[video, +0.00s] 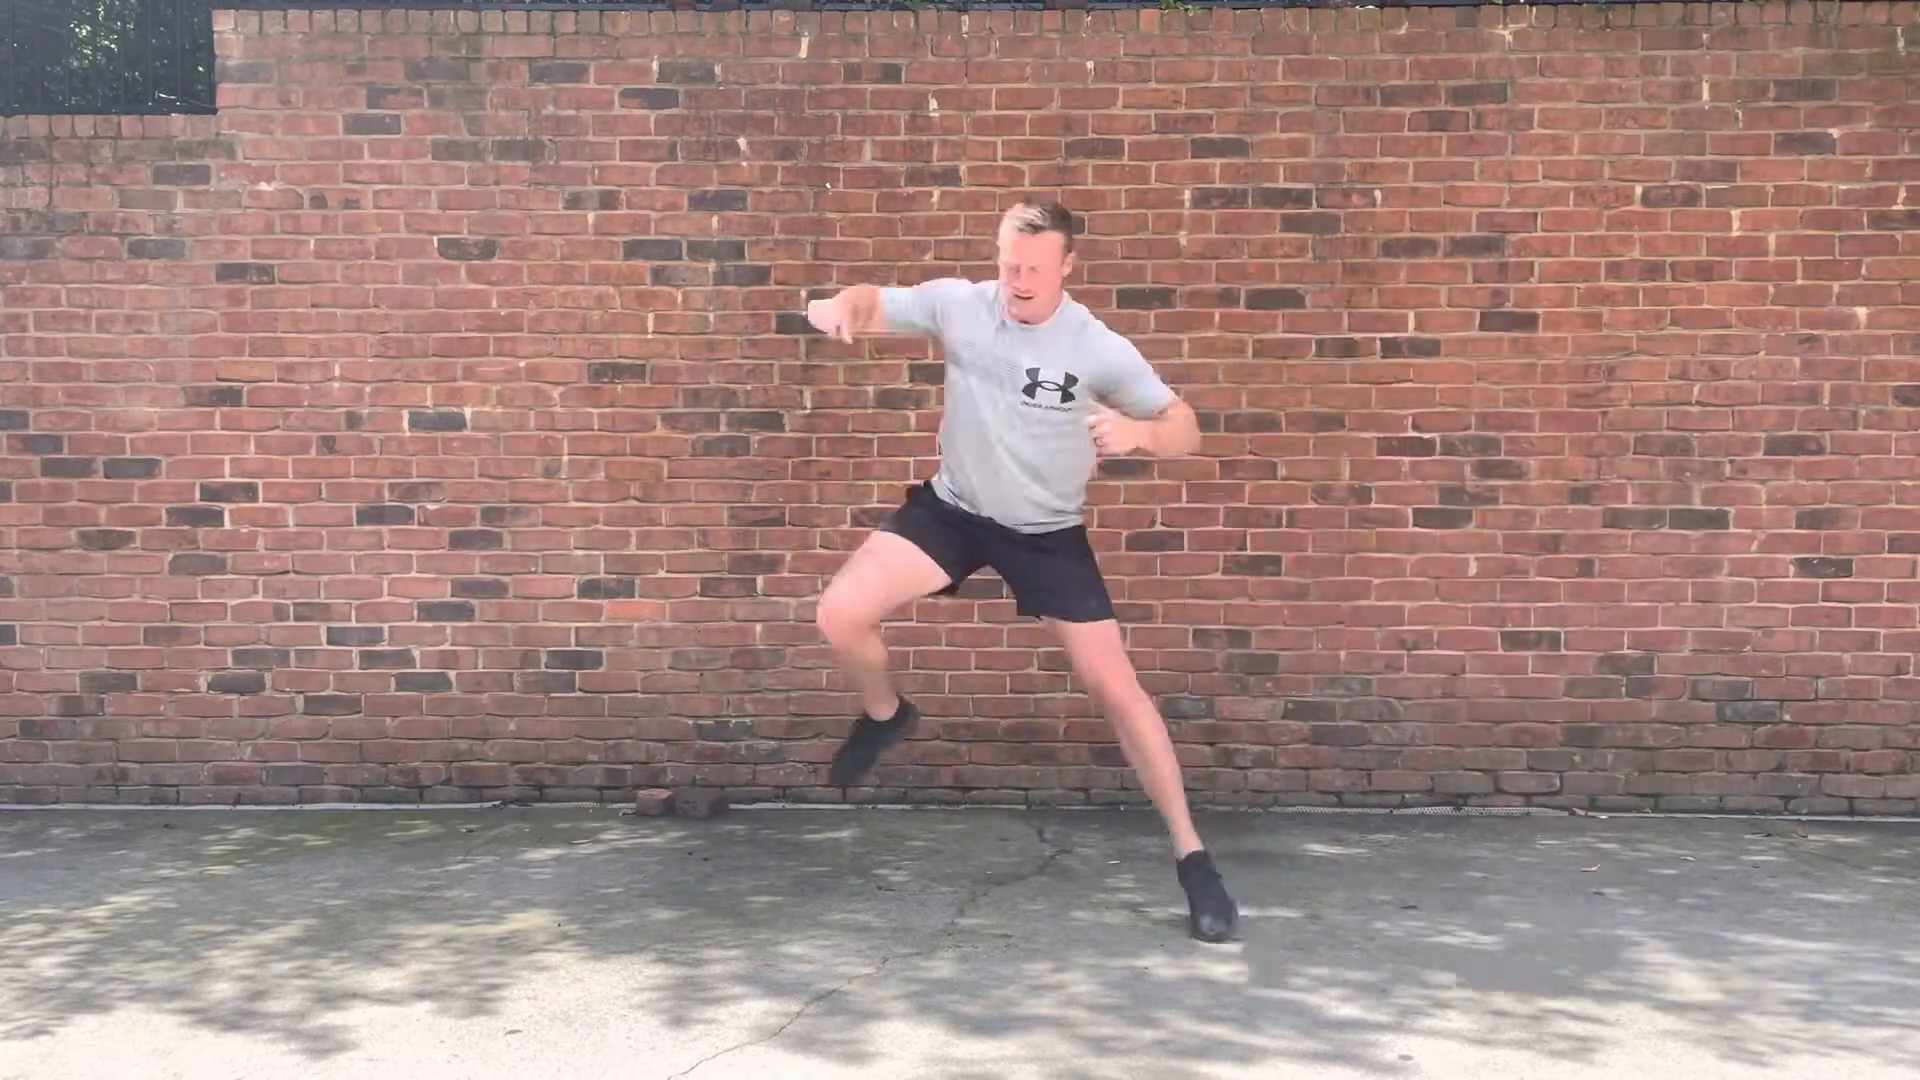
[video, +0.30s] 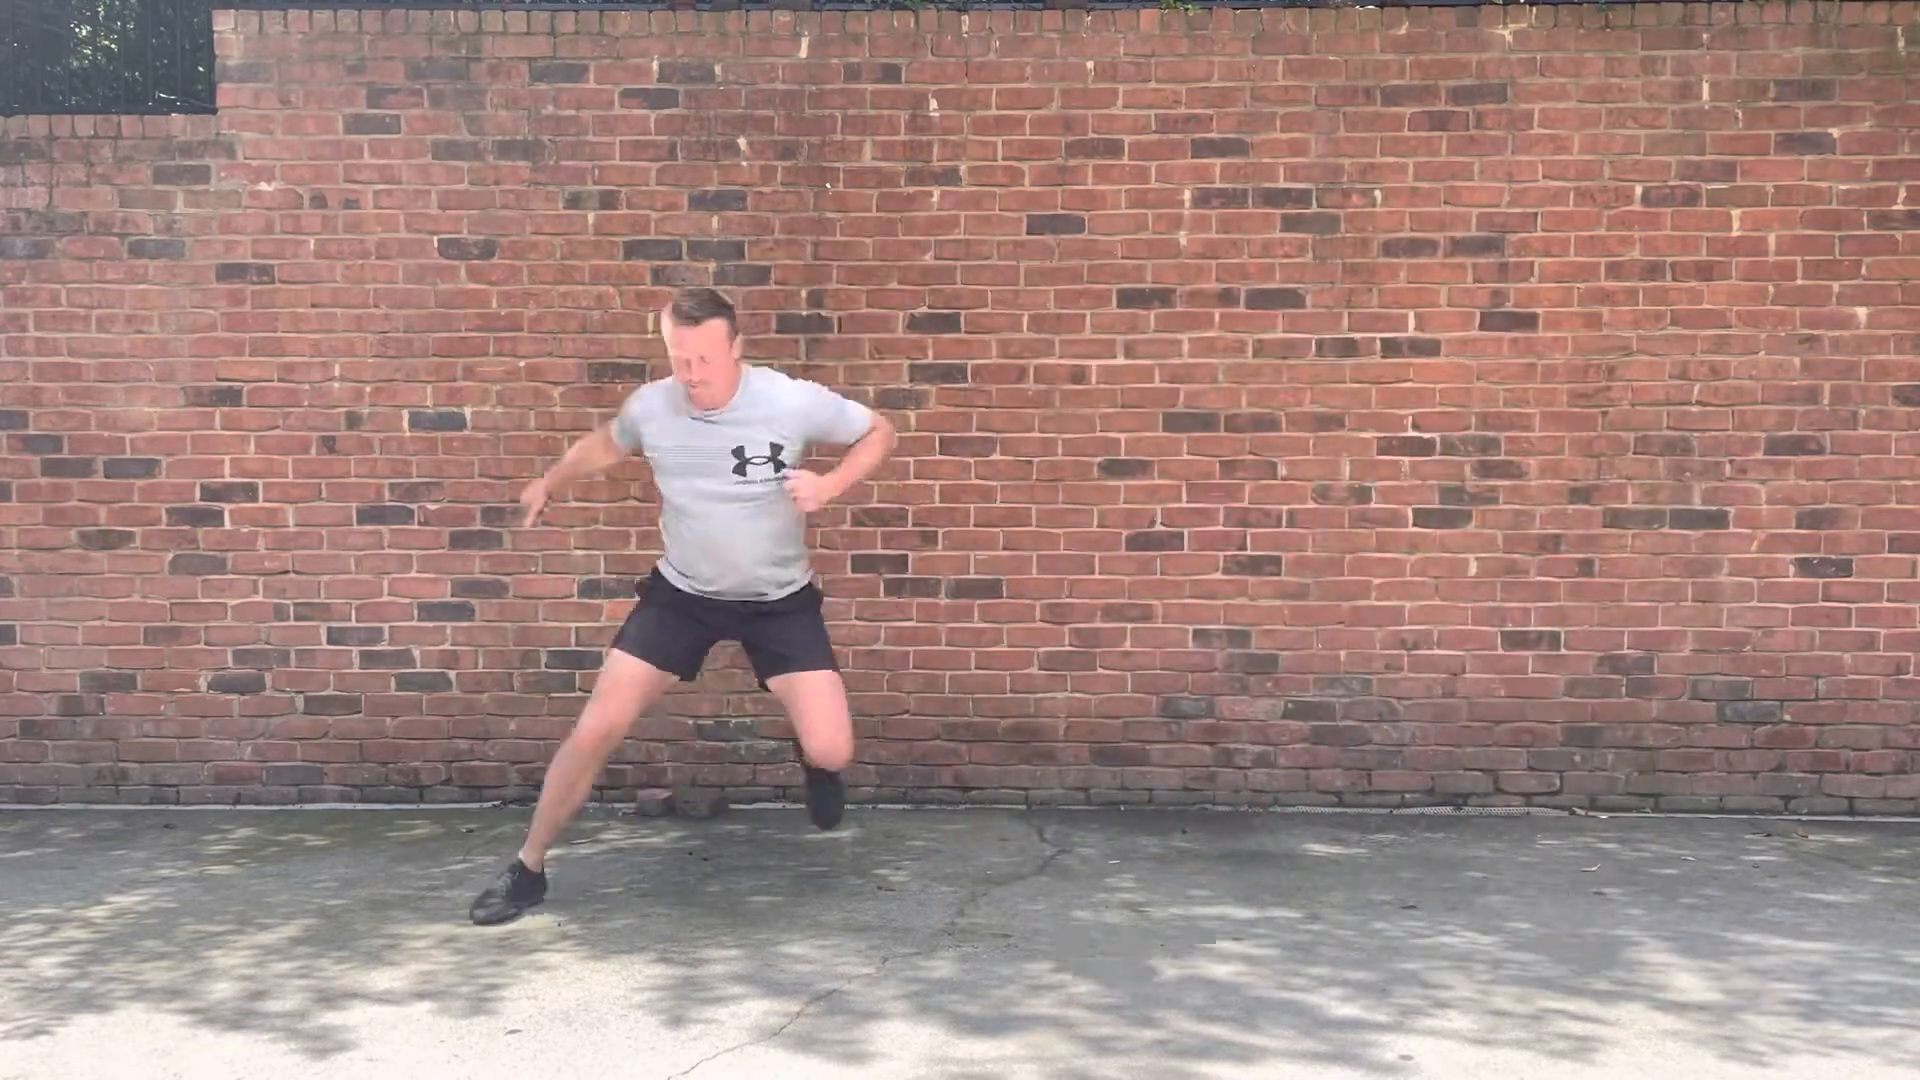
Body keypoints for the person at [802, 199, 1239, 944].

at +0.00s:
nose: (1020, 283)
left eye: (1036, 271)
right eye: (1011, 268)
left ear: (1066, 268)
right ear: (997, 259)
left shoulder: (1097, 347)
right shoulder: (957, 304)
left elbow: (1184, 429)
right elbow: (871, 305)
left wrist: (1141, 435)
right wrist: (840, 310)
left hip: (1048, 535)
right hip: (952, 511)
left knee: (1118, 692)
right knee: (840, 615)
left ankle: (1192, 858)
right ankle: (885, 714)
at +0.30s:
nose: (692, 374)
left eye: (705, 358)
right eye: (680, 359)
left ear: (736, 347)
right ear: (669, 354)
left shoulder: (791, 402)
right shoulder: (650, 408)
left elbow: (880, 432)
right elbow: (605, 446)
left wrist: (831, 484)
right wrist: (548, 482)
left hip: (780, 599)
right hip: (680, 594)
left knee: (833, 751)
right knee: (597, 726)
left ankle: (819, 763)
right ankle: (528, 867)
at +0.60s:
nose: (601, 446)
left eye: (610, 428)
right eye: (585, 435)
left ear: (637, 415)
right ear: (570, 435)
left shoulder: (692, 457)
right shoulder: (560, 501)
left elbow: (800, 443)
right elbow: (501, 570)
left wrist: (701, 429)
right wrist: (468, 591)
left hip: (719, 632)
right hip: (626, 631)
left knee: (710, 784)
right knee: (541, 737)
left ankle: (664, 792)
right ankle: (520, 874)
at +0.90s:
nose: (831, 298)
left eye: (841, 281)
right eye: (815, 285)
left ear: (855, 272)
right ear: (787, 283)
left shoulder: (907, 331)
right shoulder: (759, 353)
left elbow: (989, 390)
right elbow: (693, 420)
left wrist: (1043, 480)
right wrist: (661, 485)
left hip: (902, 520)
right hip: (811, 530)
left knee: (937, 660)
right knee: (771, 682)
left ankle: (883, 712)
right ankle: (801, 814)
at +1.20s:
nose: (1084, 318)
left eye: (1091, 304)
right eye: (1070, 306)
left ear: (1098, 299)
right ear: (1031, 304)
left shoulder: (1130, 351)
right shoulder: (992, 385)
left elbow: (1211, 406)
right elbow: (931, 457)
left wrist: (1203, 436)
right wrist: (917, 479)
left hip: (1130, 538)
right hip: (1037, 559)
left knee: (1234, 634)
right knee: (993, 706)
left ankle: (1176, 748)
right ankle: (944, 848)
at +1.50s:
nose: (1414, 342)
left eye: (1424, 328)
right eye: (1401, 326)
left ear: (1432, 320)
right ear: (1361, 315)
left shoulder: (1440, 369)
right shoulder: (1303, 371)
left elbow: (1458, 422)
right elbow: (1195, 418)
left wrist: (1499, 492)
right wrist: (1222, 436)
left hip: (1412, 557)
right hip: (1310, 562)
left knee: (1502, 690)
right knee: (1231, 708)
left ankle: (1587, 834)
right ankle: (1241, 746)